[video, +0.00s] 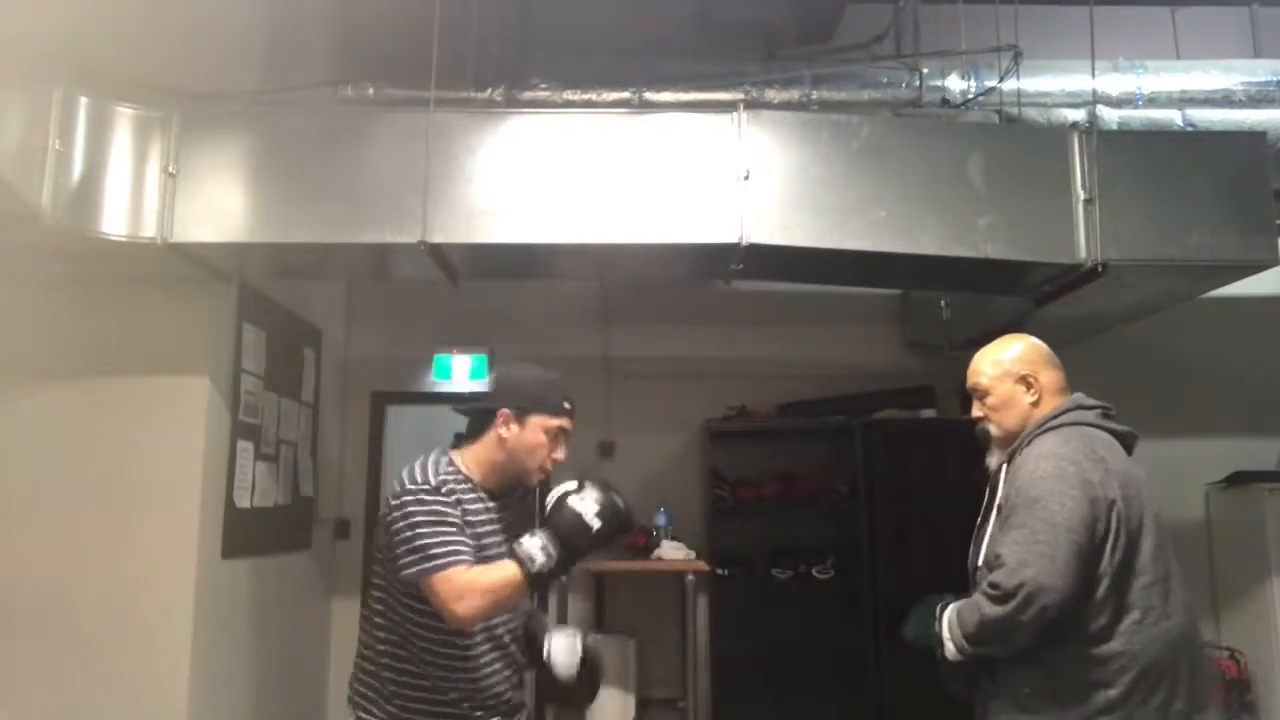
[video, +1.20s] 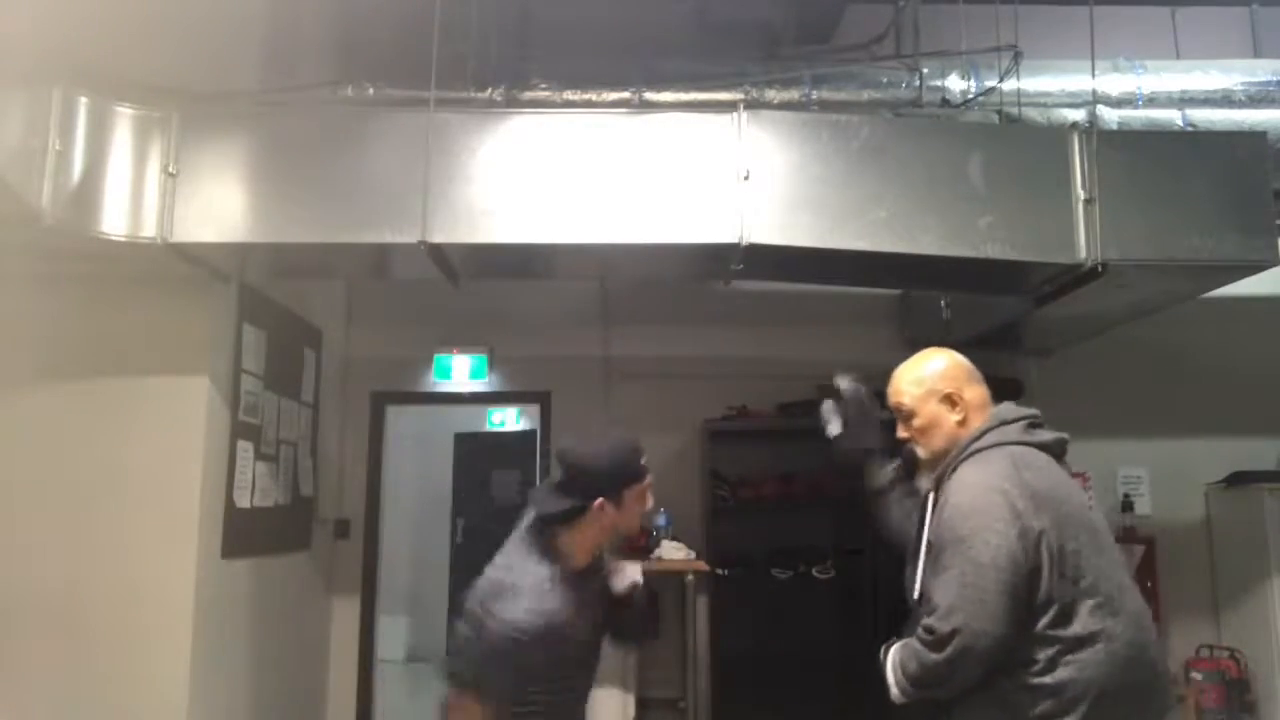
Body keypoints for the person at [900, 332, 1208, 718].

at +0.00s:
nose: (974, 413)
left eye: (982, 396)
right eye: (972, 399)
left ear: (1029, 389)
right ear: (1030, 390)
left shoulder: (1053, 458)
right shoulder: (1079, 444)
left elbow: (1033, 589)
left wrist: (949, 625)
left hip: (1094, 700)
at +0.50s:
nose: (960, 417)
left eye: (967, 400)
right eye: (958, 404)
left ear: (1016, 393)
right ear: (1017, 394)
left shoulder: (1035, 461)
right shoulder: (1074, 447)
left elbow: (1019, 597)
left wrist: (936, 634)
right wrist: (966, 590)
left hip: (1097, 699)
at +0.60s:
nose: (964, 417)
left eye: (971, 400)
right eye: (962, 404)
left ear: (1019, 392)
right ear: (1024, 394)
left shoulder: (1034, 462)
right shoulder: (1081, 450)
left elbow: (1014, 596)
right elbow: (1036, 571)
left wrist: (940, 634)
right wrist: (926, 554)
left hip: (1095, 697)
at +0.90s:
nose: (955, 420)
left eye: (963, 403)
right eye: (954, 406)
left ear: (1011, 394)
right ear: (1013, 396)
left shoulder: (1027, 465)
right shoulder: (1070, 449)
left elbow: (1009, 603)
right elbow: (1021, 547)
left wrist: (941, 639)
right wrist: (928, 534)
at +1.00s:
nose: (941, 424)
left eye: (948, 406)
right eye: (938, 410)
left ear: (996, 397)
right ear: (999, 399)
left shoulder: (1009, 471)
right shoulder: (1065, 453)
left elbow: (993, 613)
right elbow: (993, 519)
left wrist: (928, 646)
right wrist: (906, 506)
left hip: (1086, 697)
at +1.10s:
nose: (918, 430)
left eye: (925, 413)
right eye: (915, 416)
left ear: (975, 403)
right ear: (978, 403)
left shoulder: (989, 477)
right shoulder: (1043, 457)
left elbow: (978, 622)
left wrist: (911, 660)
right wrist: (898, 463)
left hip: (1077, 698)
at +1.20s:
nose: (900, 433)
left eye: (907, 416)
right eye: (897, 419)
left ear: (955, 406)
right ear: (957, 407)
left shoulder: (981, 482)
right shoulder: (1016, 462)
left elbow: (971, 629)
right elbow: (931, 550)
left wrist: (896, 672)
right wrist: (875, 461)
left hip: (1074, 702)